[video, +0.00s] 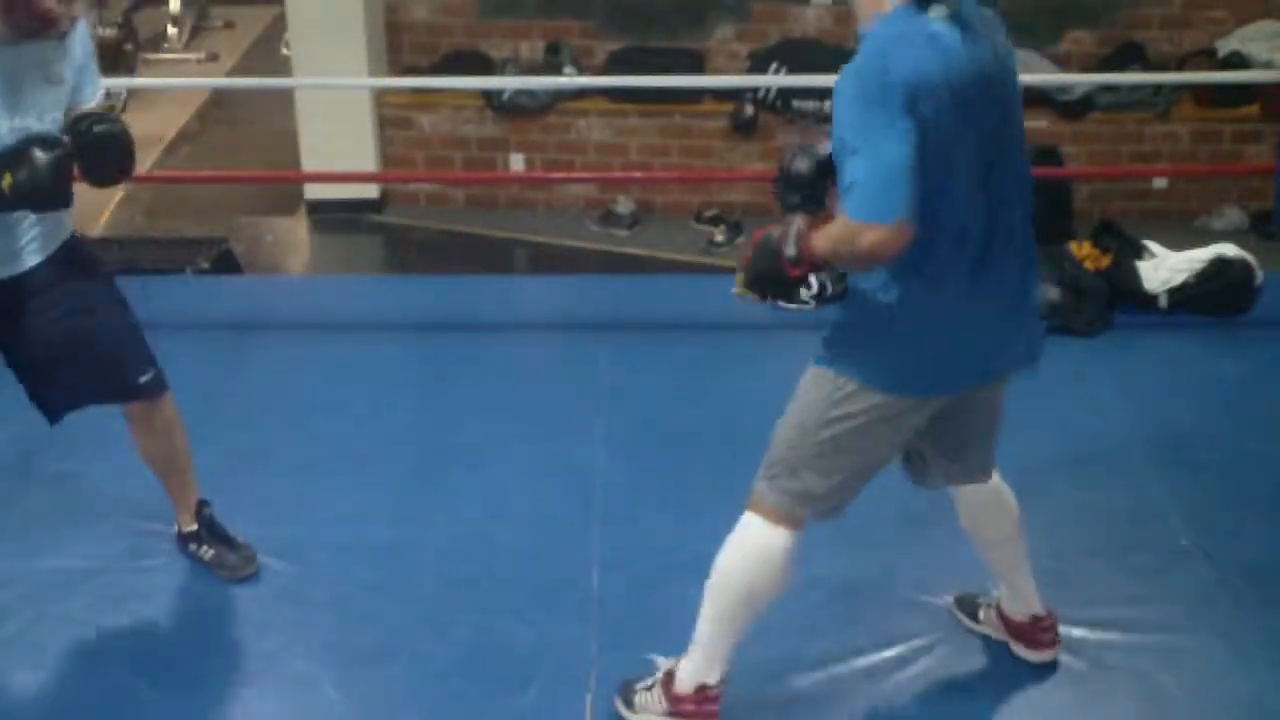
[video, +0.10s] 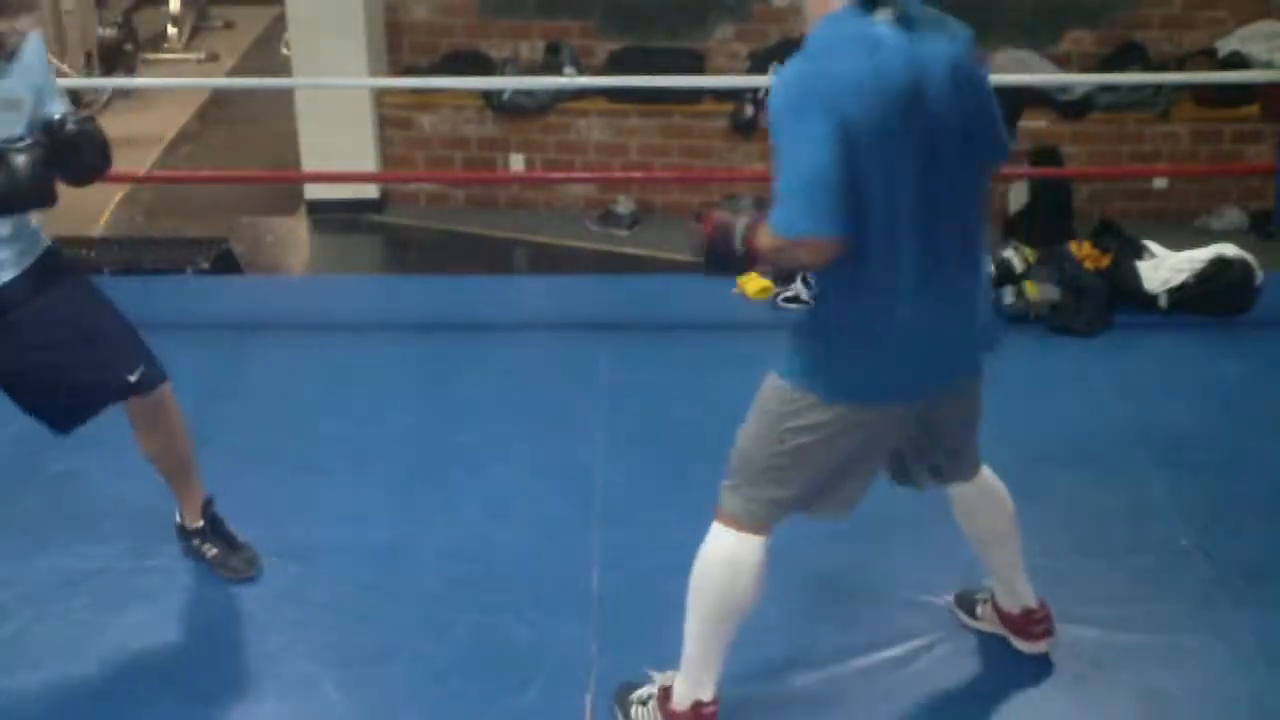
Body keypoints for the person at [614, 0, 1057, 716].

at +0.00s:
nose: (835, 8)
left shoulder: (877, 74)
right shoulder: (978, 29)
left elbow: (882, 230)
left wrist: (797, 246)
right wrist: (848, 173)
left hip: (899, 334)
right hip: (992, 318)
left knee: (778, 503)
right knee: (968, 469)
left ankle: (693, 684)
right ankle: (1027, 616)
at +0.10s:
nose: (772, 8)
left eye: (777, 6)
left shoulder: (809, 79)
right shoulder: (948, 52)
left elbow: (817, 239)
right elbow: (991, 181)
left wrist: (747, 240)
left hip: (845, 355)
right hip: (949, 339)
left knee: (743, 516)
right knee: (961, 469)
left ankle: (690, 696)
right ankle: (1022, 610)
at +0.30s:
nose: (698, 8)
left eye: (697, 4)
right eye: (700, 5)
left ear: (713, 0)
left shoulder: (704, 91)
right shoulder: (888, 30)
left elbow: (680, 261)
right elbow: (966, 142)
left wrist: (732, 236)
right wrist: (896, 206)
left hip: (791, 361)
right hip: (905, 339)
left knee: (708, 525)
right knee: (927, 466)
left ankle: (684, 700)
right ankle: (1004, 637)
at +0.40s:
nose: (690, 6)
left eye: (689, 2)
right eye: (691, 3)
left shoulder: (699, 94)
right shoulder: (877, 28)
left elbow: (674, 277)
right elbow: (952, 146)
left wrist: (668, 294)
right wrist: (881, 208)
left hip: (782, 366)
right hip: (900, 346)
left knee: (705, 534)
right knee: (925, 486)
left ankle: (679, 702)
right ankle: (1001, 673)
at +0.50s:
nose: (699, 6)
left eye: (700, 2)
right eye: (700, 2)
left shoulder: (717, 91)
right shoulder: (886, 35)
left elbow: (705, 260)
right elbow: (945, 154)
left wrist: (671, 301)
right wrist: (880, 211)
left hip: (784, 375)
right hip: (903, 360)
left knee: (707, 541)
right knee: (933, 522)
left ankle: (678, 702)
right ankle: (1007, 702)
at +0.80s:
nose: (810, 17)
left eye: (823, 5)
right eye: (815, 3)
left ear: (869, 22)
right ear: (938, 24)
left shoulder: (861, 151)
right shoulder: (1010, 121)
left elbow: (854, 331)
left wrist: (771, 326)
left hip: (874, 452)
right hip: (990, 449)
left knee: (750, 589)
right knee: (963, 636)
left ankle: (677, 709)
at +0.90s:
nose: (833, 3)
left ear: (897, 6)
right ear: (960, 10)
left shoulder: (883, 127)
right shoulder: (1043, 100)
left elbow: (882, 310)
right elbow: (1044, 250)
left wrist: (803, 290)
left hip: (907, 438)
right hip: (1027, 433)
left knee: (786, 586)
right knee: (994, 634)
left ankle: (758, 709)